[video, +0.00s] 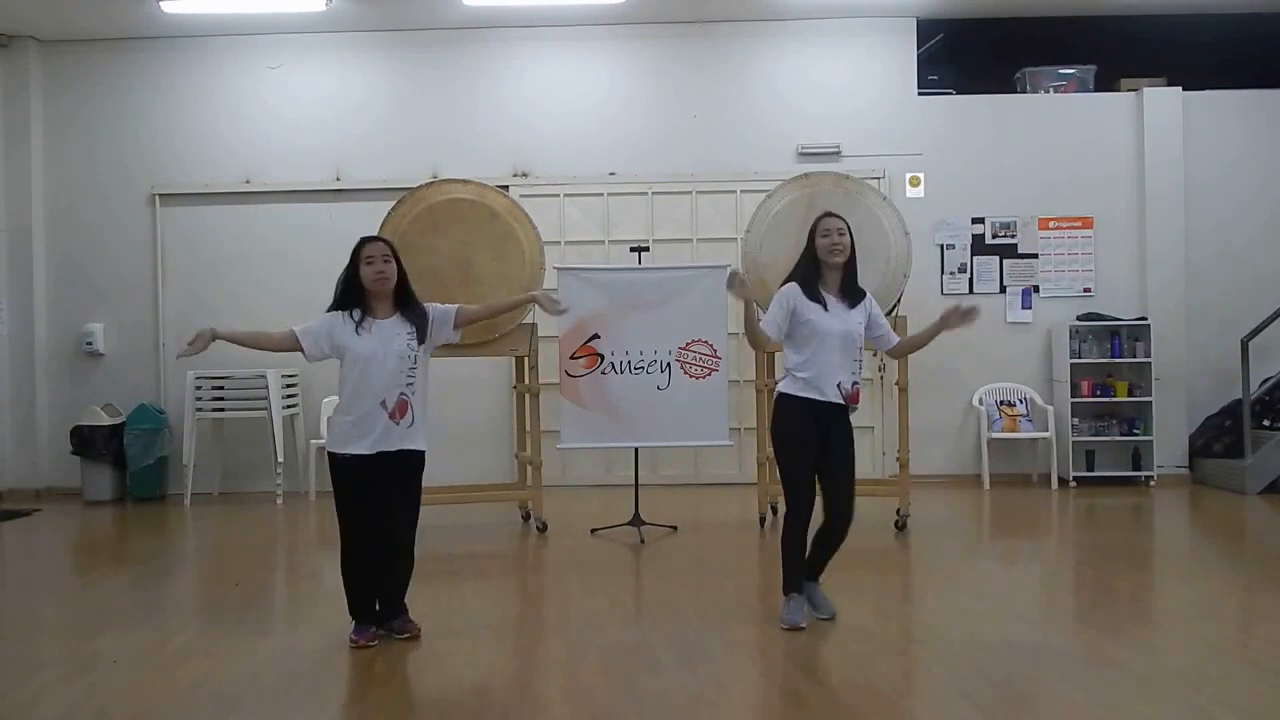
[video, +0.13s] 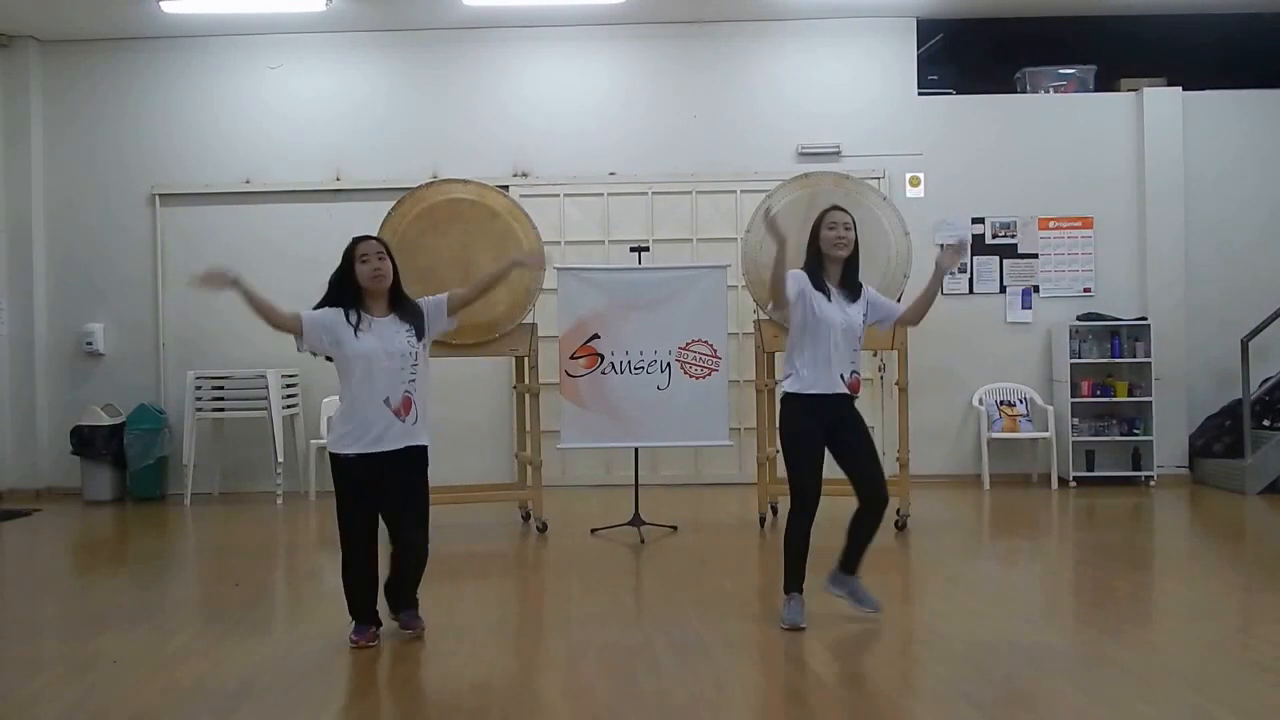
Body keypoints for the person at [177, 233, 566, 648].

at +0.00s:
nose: (380, 267)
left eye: (386, 260)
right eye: (370, 261)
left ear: (399, 268)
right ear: (356, 273)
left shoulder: (420, 317)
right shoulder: (340, 323)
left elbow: (475, 314)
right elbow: (283, 340)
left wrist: (531, 298)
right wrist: (218, 335)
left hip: (405, 447)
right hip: (352, 447)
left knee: (400, 533)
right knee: (358, 536)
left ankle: (394, 613)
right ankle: (364, 620)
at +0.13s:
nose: (376, 265)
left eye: (382, 258)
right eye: (365, 260)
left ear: (394, 268)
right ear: (351, 273)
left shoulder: (416, 314)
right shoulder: (337, 321)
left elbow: (466, 295)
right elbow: (281, 319)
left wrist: (511, 265)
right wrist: (240, 285)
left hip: (408, 449)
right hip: (353, 451)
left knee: (413, 540)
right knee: (358, 542)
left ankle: (403, 602)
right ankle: (364, 619)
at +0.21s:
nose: (377, 261)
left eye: (383, 254)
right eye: (365, 256)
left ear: (395, 264)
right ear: (351, 270)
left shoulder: (415, 309)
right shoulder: (340, 315)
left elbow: (456, 276)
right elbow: (300, 288)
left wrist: (476, 229)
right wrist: (289, 239)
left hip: (412, 440)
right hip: (358, 444)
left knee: (426, 530)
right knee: (361, 537)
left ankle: (428, 603)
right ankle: (365, 619)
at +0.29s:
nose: (378, 258)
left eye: (383, 251)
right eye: (367, 254)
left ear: (396, 262)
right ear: (353, 269)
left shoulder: (417, 308)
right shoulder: (346, 315)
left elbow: (447, 269)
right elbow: (323, 281)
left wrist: (452, 215)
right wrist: (325, 228)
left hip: (416, 439)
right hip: (362, 444)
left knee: (435, 528)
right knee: (365, 537)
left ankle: (448, 605)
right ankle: (365, 620)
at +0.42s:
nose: (394, 260)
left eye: (398, 254)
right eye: (385, 255)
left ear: (405, 266)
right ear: (366, 269)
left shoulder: (424, 310)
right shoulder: (358, 317)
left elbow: (444, 268)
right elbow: (350, 281)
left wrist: (411, 227)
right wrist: (376, 253)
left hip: (428, 438)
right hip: (374, 444)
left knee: (449, 528)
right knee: (371, 536)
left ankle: (472, 613)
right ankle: (365, 620)